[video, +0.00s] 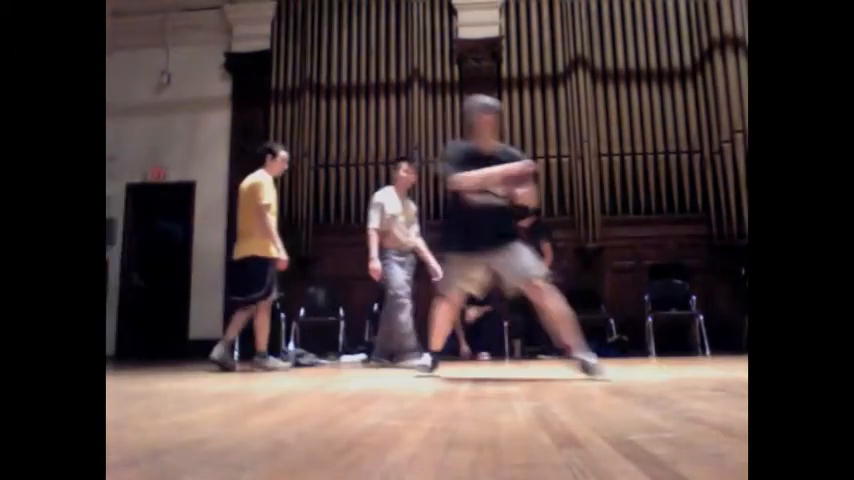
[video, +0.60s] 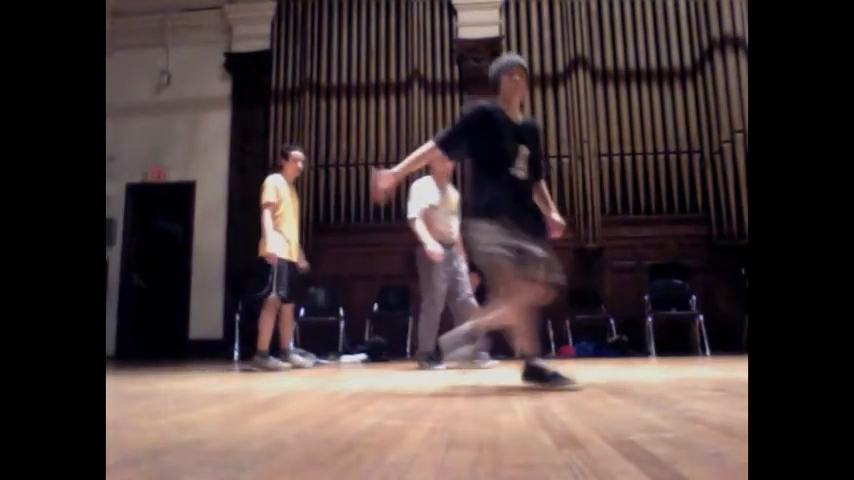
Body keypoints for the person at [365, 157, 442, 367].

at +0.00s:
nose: (406, 176)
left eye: (410, 173)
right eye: (403, 171)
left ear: (415, 178)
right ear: (395, 174)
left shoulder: (411, 206)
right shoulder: (381, 198)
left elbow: (416, 238)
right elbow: (373, 230)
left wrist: (432, 263)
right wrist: (374, 258)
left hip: (408, 256)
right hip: (390, 255)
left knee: (398, 302)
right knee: (401, 300)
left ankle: (382, 351)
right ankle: (409, 352)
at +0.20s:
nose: (422, 173)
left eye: (424, 168)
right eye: (417, 168)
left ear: (426, 171)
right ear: (406, 170)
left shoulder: (424, 201)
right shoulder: (394, 196)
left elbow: (428, 235)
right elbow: (385, 230)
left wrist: (440, 262)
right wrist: (385, 260)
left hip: (425, 254)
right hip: (407, 253)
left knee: (412, 303)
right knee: (420, 300)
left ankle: (385, 348)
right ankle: (426, 353)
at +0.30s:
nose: (425, 170)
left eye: (427, 165)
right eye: (420, 165)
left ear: (431, 169)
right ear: (409, 169)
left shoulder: (429, 199)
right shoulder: (399, 194)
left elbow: (432, 234)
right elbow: (391, 229)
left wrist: (442, 261)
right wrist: (391, 259)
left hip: (430, 252)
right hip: (412, 251)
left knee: (434, 304)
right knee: (423, 301)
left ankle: (391, 344)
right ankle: (426, 354)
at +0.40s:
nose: (432, 168)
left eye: (434, 163)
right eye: (427, 163)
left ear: (437, 167)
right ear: (416, 167)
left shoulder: (437, 195)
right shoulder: (408, 191)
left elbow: (440, 232)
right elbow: (402, 225)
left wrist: (448, 258)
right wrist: (407, 253)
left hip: (438, 248)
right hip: (420, 248)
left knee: (454, 300)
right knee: (427, 298)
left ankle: (415, 334)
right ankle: (424, 351)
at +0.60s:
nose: (448, 165)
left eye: (450, 160)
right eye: (442, 160)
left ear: (454, 163)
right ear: (432, 163)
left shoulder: (453, 192)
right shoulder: (421, 187)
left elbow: (455, 229)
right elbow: (415, 218)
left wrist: (462, 259)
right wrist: (429, 243)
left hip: (453, 247)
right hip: (433, 246)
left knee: (465, 299)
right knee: (434, 300)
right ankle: (426, 350)